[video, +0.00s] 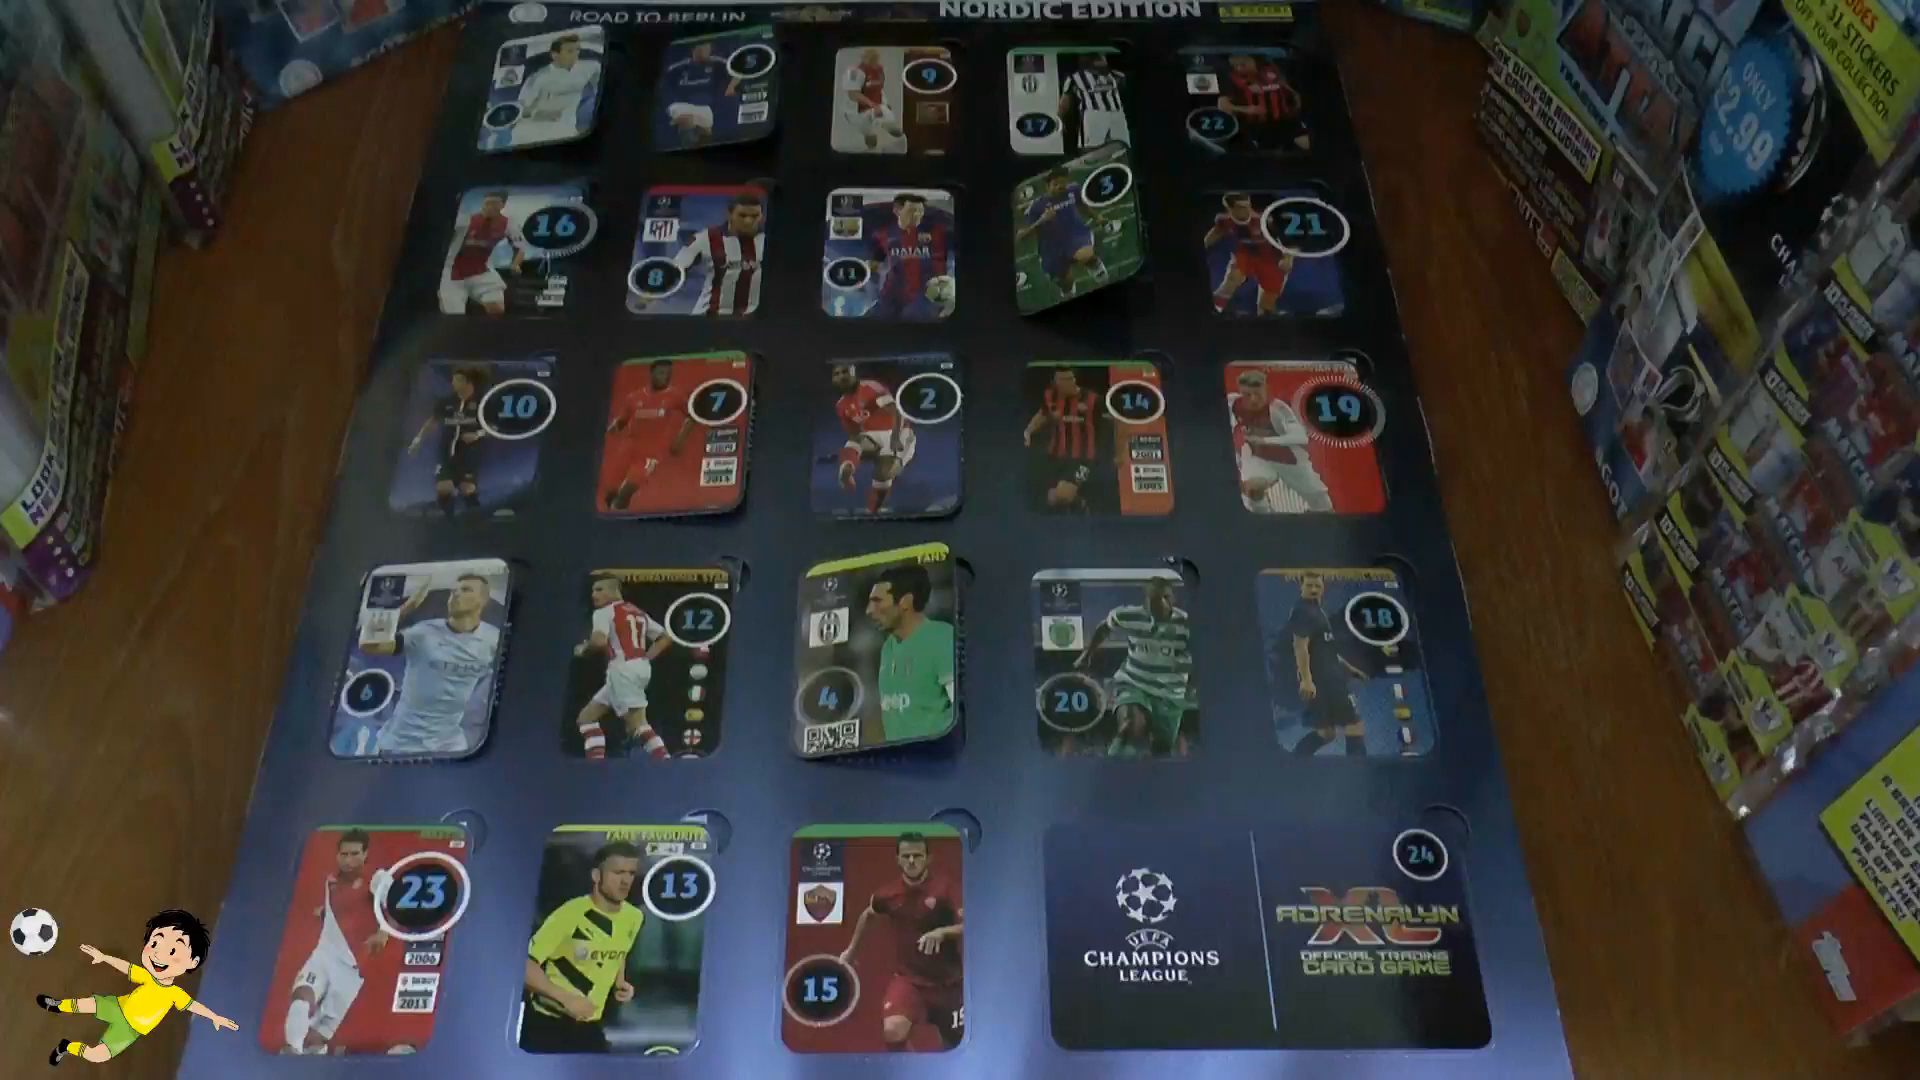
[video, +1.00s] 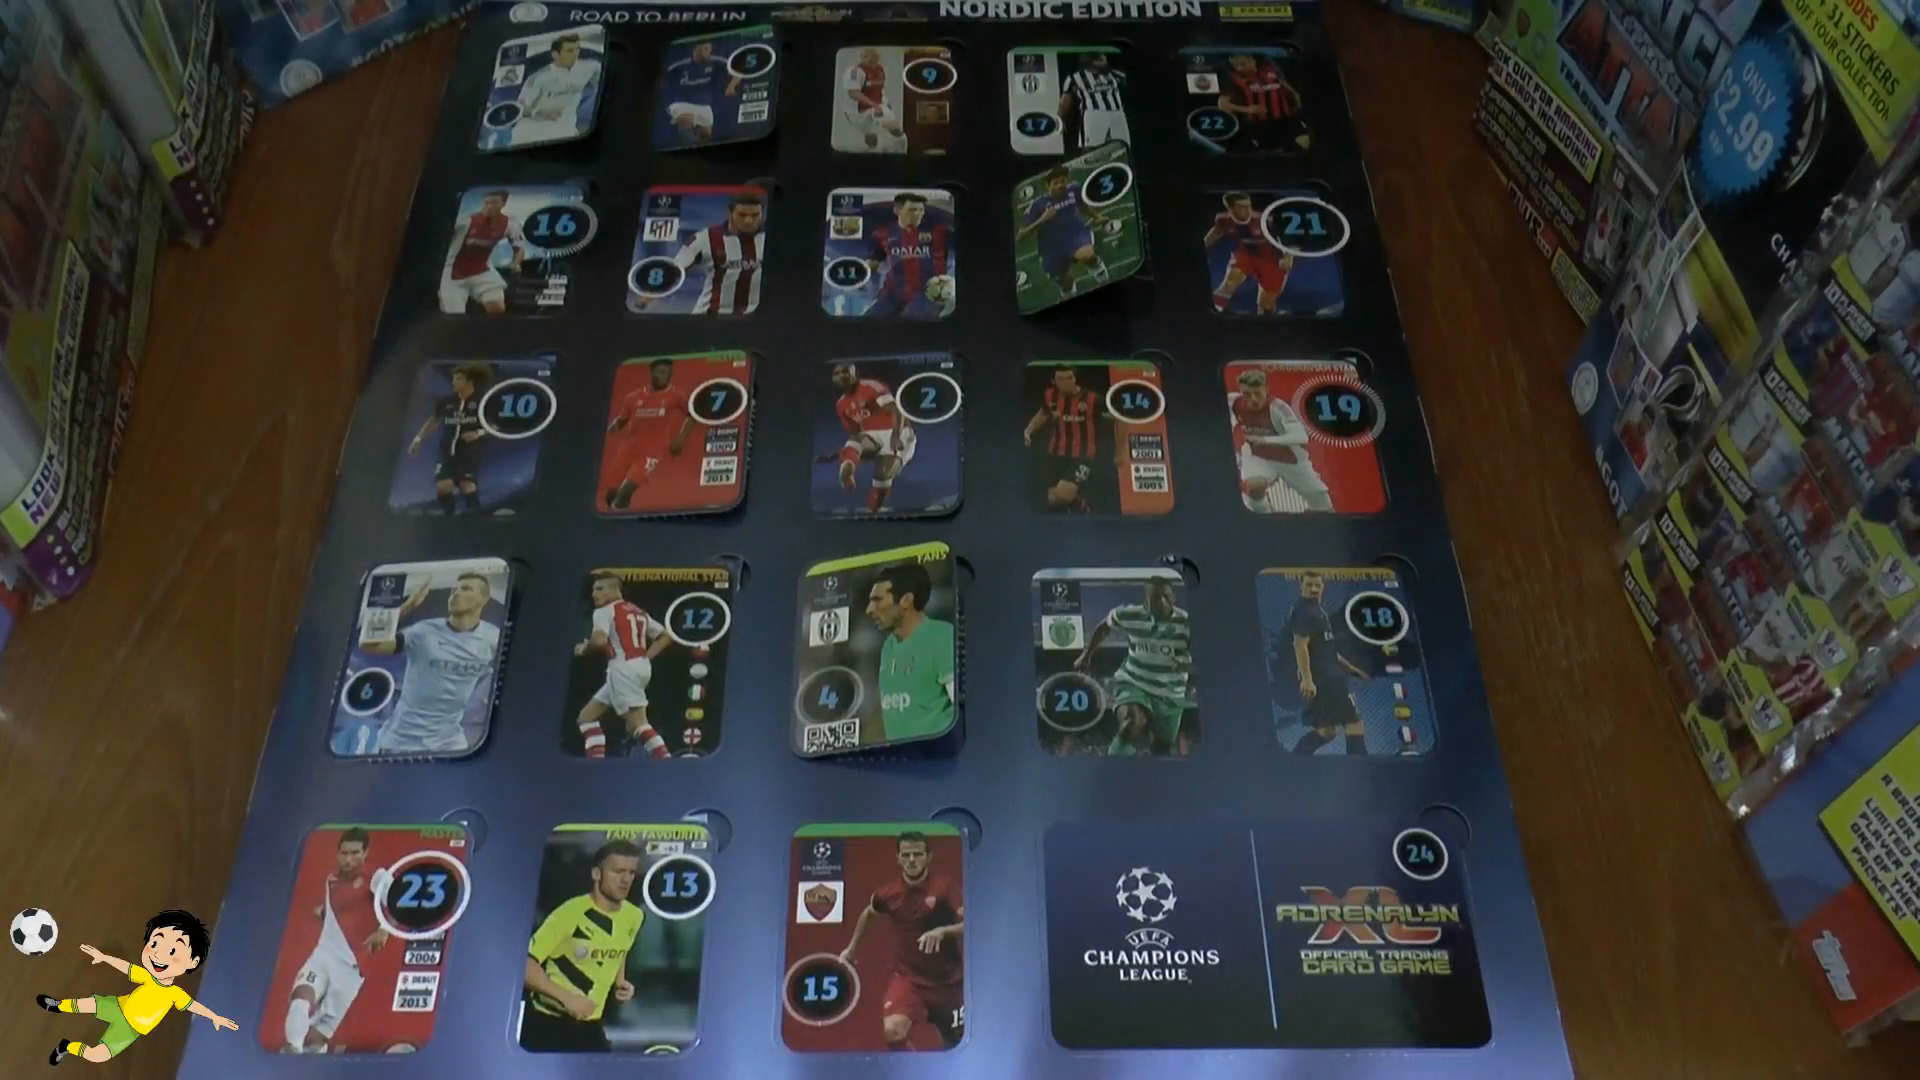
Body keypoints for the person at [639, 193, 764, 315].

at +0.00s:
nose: (748, 222)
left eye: (754, 216)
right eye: (742, 216)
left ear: (761, 217)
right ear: (730, 215)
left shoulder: (763, 243)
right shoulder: (707, 240)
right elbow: (675, 269)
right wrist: (649, 294)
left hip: (748, 320)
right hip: (709, 319)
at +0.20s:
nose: (748, 221)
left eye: (754, 216)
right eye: (742, 215)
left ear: (761, 216)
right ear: (730, 214)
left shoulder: (764, 242)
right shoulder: (707, 240)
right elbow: (674, 269)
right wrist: (650, 294)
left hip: (749, 320)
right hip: (709, 319)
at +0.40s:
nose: (749, 221)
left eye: (754, 216)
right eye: (743, 215)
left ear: (762, 216)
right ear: (731, 214)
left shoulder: (764, 242)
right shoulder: (709, 239)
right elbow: (675, 268)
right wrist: (651, 293)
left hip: (749, 320)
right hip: (710, 319)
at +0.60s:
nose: (749, 221)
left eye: (754, 216)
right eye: (743, 215)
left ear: (762, 217)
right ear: (731, 215)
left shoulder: (764, 242)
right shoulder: (708, 239)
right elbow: (674, 270)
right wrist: (647, 297)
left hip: (749, 322)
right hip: (709, 320)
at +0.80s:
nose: (749, 221)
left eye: (755, 216)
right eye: (743, 216)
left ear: (762, 217)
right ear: (731, 214)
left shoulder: (764, 242)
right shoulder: (709, 239)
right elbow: (675, 269)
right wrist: (648, 296)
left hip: (749, 321)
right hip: (709, 319)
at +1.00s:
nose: (748, 221)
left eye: (754, 216)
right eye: (742, 215)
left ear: (761, 216)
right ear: (730, 214)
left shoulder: (764, 242)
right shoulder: (707, 239)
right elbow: (673, 270)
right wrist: (647, 297)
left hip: (749, 322)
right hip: (708, 320)